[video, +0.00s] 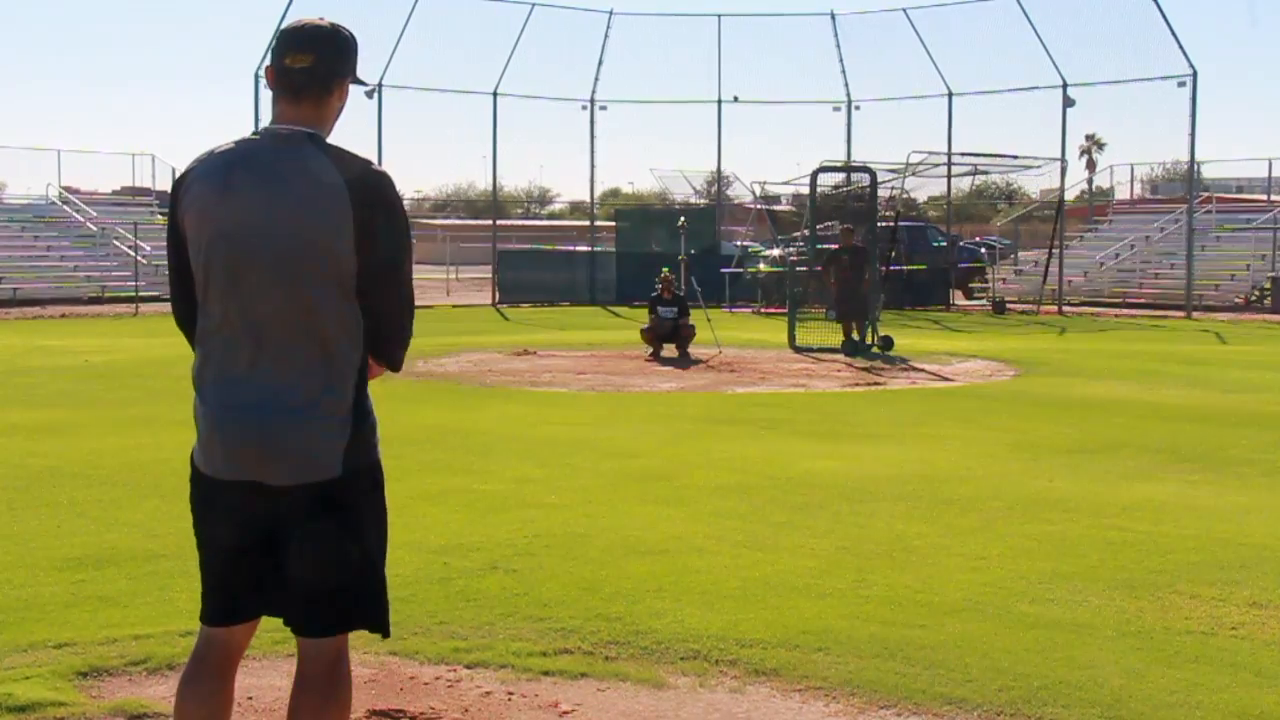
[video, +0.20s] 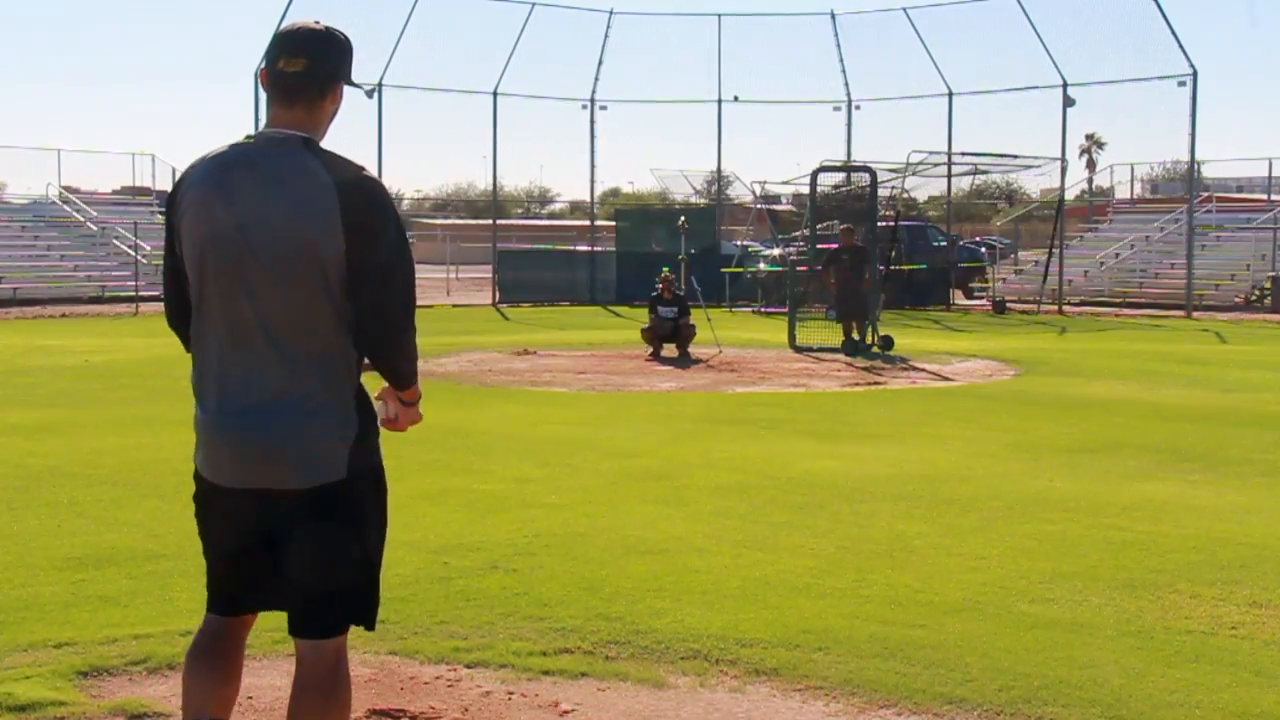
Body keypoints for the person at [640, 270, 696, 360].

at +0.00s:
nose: (667, 285)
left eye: (670, 282)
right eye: (664, 282)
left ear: (673, 284)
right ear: (661, 284)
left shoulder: (680, 299)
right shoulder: (654, 299)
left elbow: (685, 319)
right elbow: (652, 318)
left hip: (675, 327)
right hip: (660, 327)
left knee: (689, 329)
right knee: (645, 332)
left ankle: (682, 350)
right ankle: (656, 348)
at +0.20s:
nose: (667, 285)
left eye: (669, 282)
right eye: (664, 282)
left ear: (673, 284)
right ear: (660, 284)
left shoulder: (680, 298)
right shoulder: (654, 298)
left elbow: (685, 318)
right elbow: (652, 317)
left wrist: (674, 324)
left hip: (676, 327)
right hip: (660, 327)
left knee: (690, 329)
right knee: (646, 331)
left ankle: (683, 349)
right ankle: (656, 348)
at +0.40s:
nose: (667, 285)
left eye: (670, 282)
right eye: (665, 282)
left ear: (674, 284)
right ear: (660, 284)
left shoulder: (680, 298)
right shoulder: (654, 298)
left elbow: (686, 318)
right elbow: (652, 317)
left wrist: (674, 323)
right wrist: (663, 324)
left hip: (676, 327)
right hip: (661, 327)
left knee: (690, 329)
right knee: (646, 331)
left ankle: (683, 349)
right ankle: (656, 348)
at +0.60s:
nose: (667, 286)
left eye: (670, 282)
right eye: (664, 282)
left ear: (674, 284)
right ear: (660, 284)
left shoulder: (680, 298)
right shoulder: (654, 298)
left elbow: (686, 318)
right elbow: (652, 317)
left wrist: (673, 323)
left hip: (676, 327)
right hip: (660, 327)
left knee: (690, 328)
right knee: (646, 331)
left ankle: (683, 348)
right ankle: (656, 347)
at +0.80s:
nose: (666, 286)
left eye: (669, 283)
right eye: (664, 283)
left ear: (673, 284)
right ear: (660, 285)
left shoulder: (680, 298)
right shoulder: (654, 298)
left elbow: (686, 318)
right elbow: (652, 317)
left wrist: (674, 323)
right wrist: (662, 324)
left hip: (676, 327)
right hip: (660, 327)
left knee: (690, 329)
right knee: (646, 332)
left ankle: (682, 348)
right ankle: (656, 347)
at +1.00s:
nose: (667, 286)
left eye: (670, 283)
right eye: (664, 283)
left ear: (674, 284)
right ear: (660, 284)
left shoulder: (680, 298)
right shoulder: (654, 298)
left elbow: (686, 318)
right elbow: (652, 317)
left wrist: (674, 323)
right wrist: (662, 324)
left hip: (676, 327)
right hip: (660, 327)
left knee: (690, 329)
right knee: (646, 332)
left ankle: (682, 348)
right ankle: (656, 347)